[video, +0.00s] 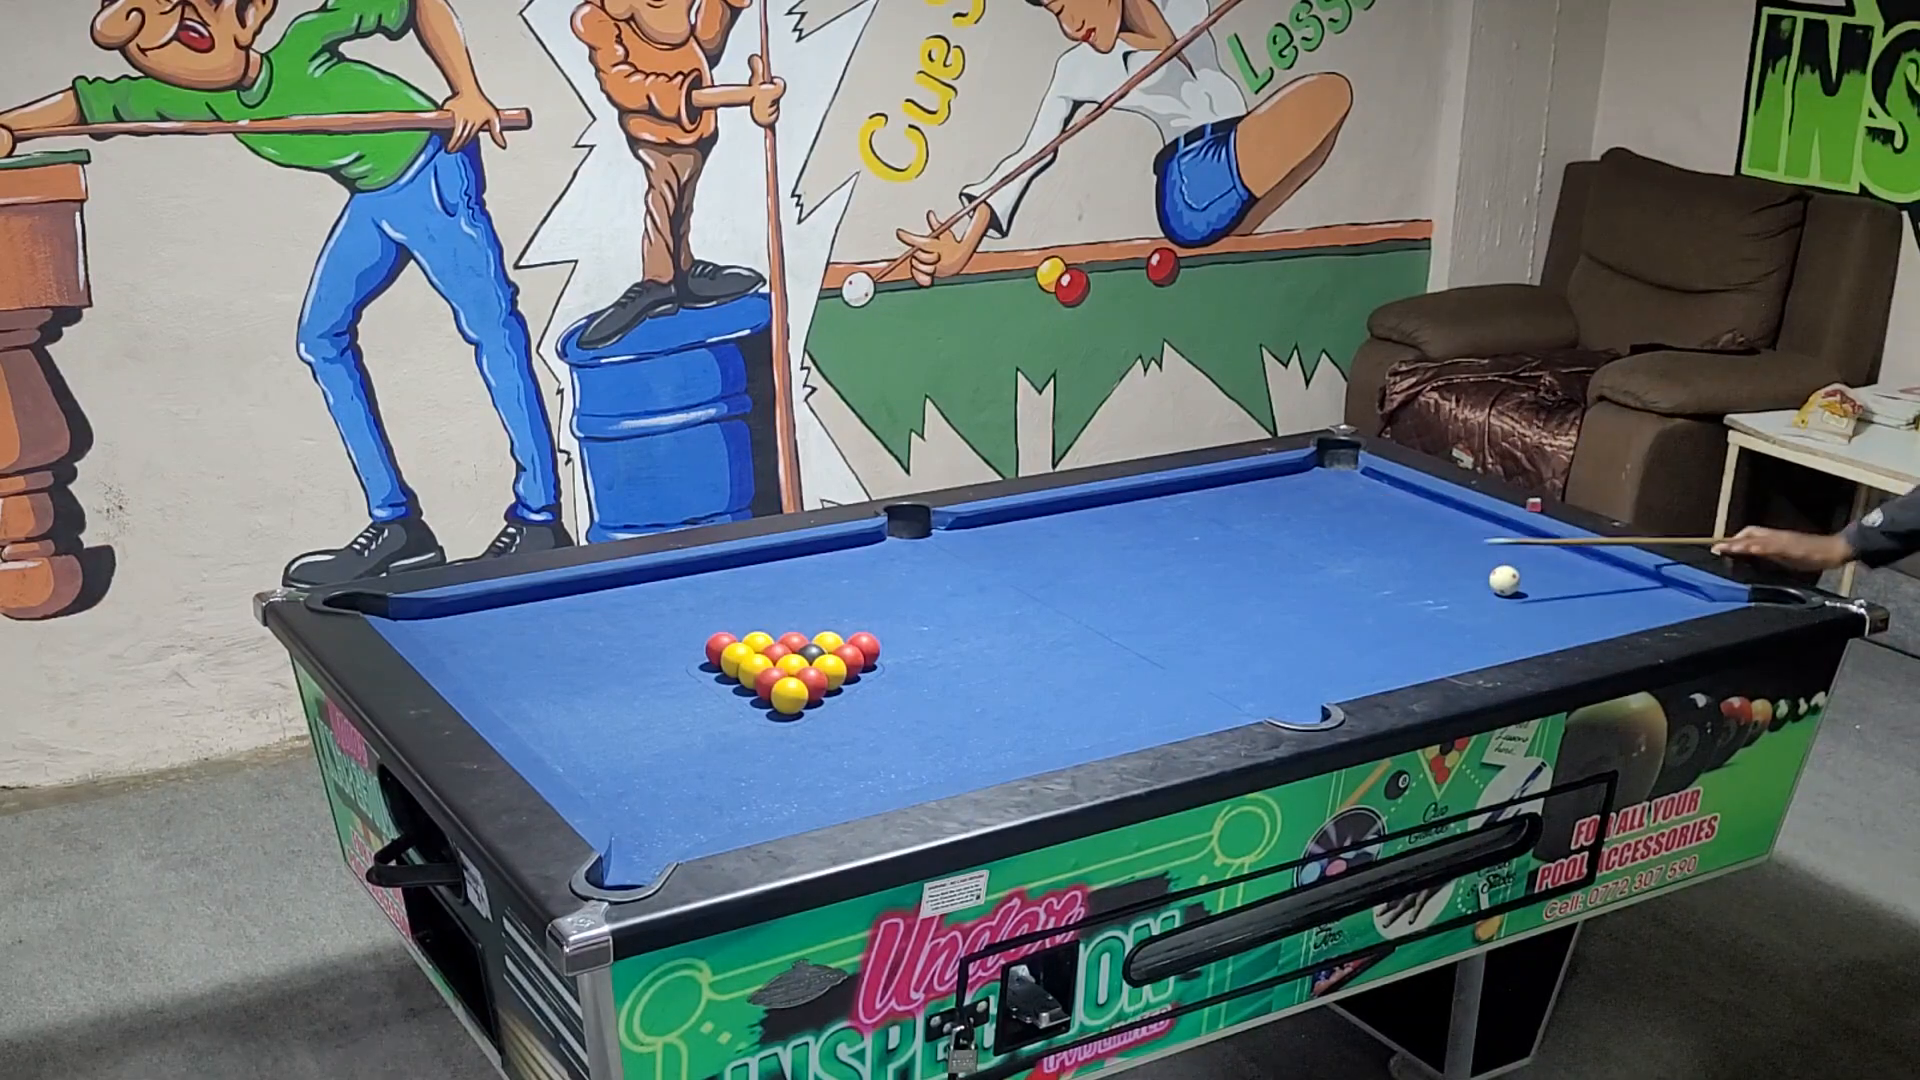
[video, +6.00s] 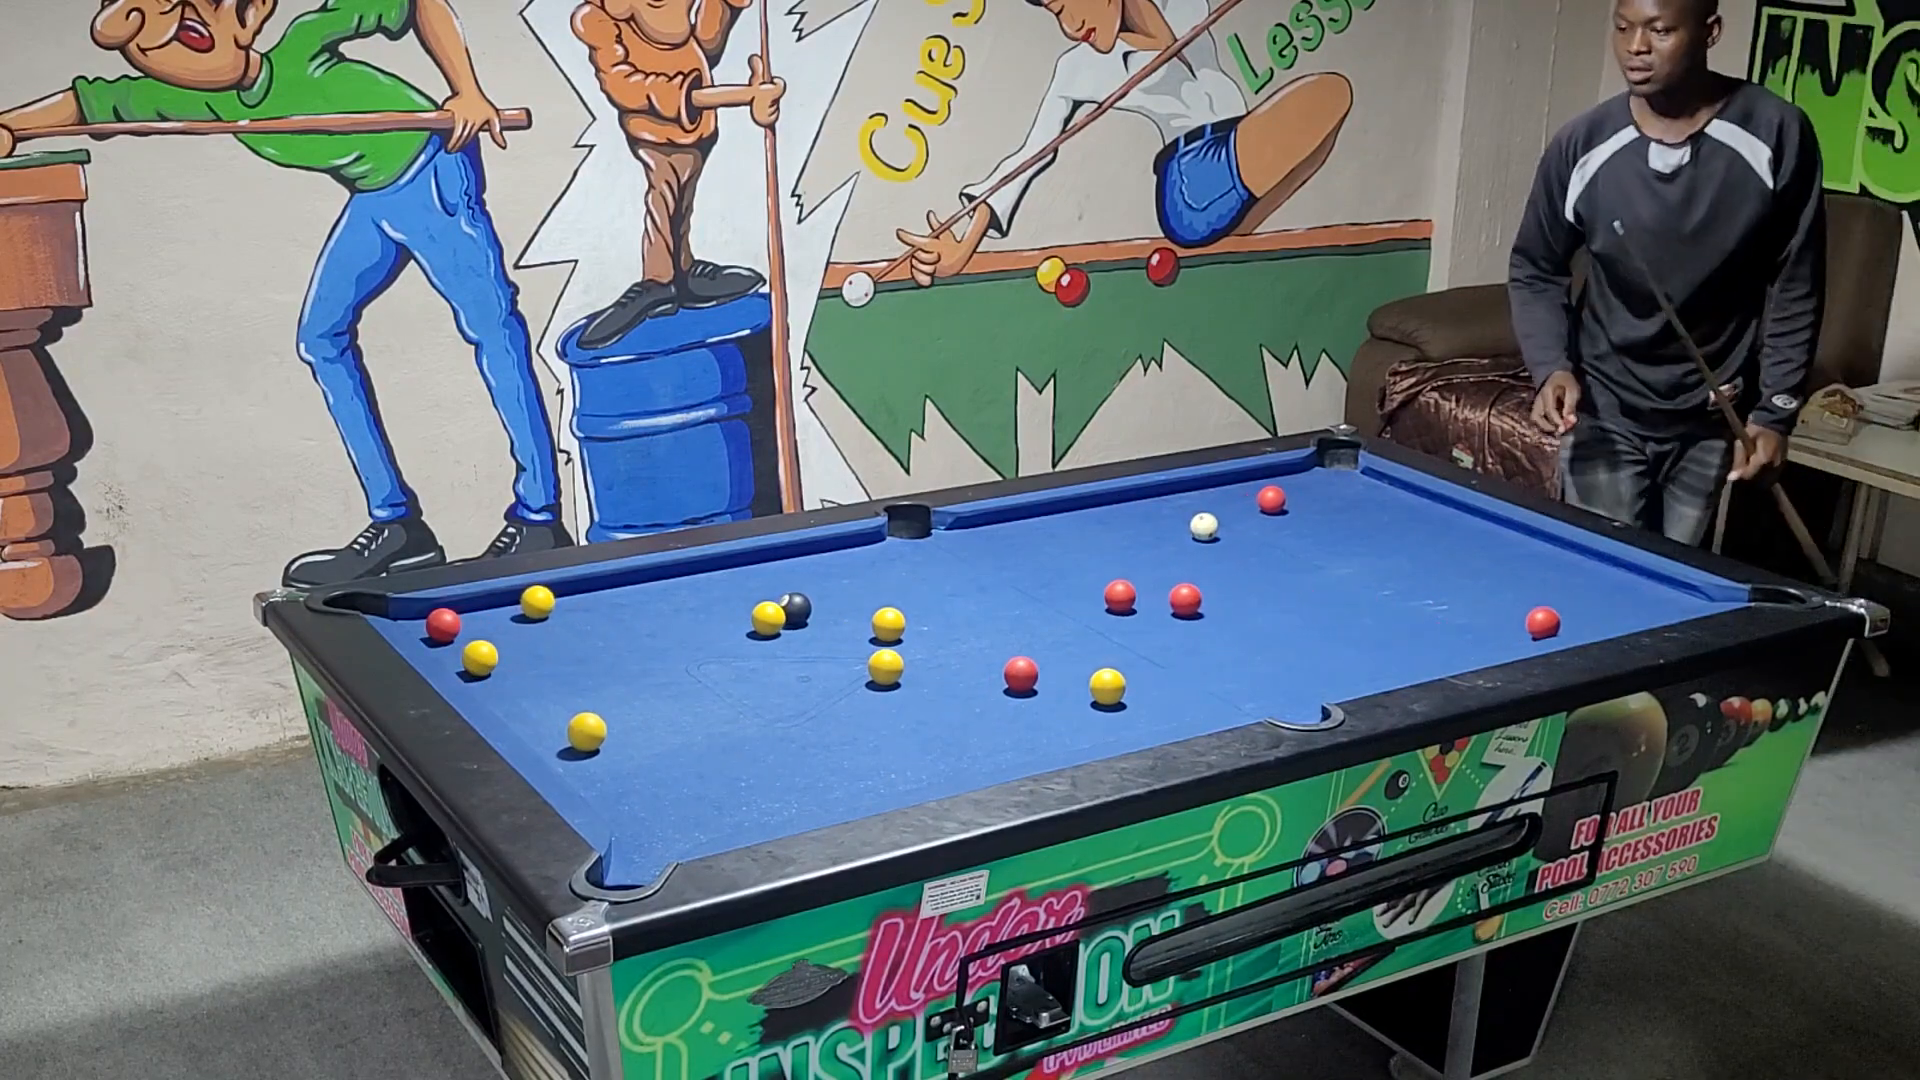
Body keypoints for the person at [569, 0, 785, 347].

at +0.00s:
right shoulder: (597, 19)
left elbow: (707, 47)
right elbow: (625, 88)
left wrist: (731, 5)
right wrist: (746, 95)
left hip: (695, 96)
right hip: (645, 104)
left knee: (687, 175)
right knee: (665, 175)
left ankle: (682, 269)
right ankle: (657, 281)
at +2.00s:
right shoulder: (596, 19)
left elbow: (707, 47)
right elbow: (625, 88)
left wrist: (730, 6)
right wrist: (746, 95)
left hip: (694, 87)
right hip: (644, 103)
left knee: (688, 174)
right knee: (665, 174)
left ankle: (682, 268)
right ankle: (656, 281)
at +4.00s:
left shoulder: (696, 6)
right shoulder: (596, 19)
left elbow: (707, 47)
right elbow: (625, 88)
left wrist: (730, 6)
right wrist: (746, 95)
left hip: (694, 87)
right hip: (644, 103)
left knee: (688, 174)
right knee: (665, 174)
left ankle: (682, 268)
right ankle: (657, 280)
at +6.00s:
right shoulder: (596, 18)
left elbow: (707, 47)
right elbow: (625, 88)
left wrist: (729, 6)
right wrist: (746, 94)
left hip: (694, 87)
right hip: (644, 103)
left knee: (688, 175)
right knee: (665, 174)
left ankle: (682, 268)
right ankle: (657, 281)